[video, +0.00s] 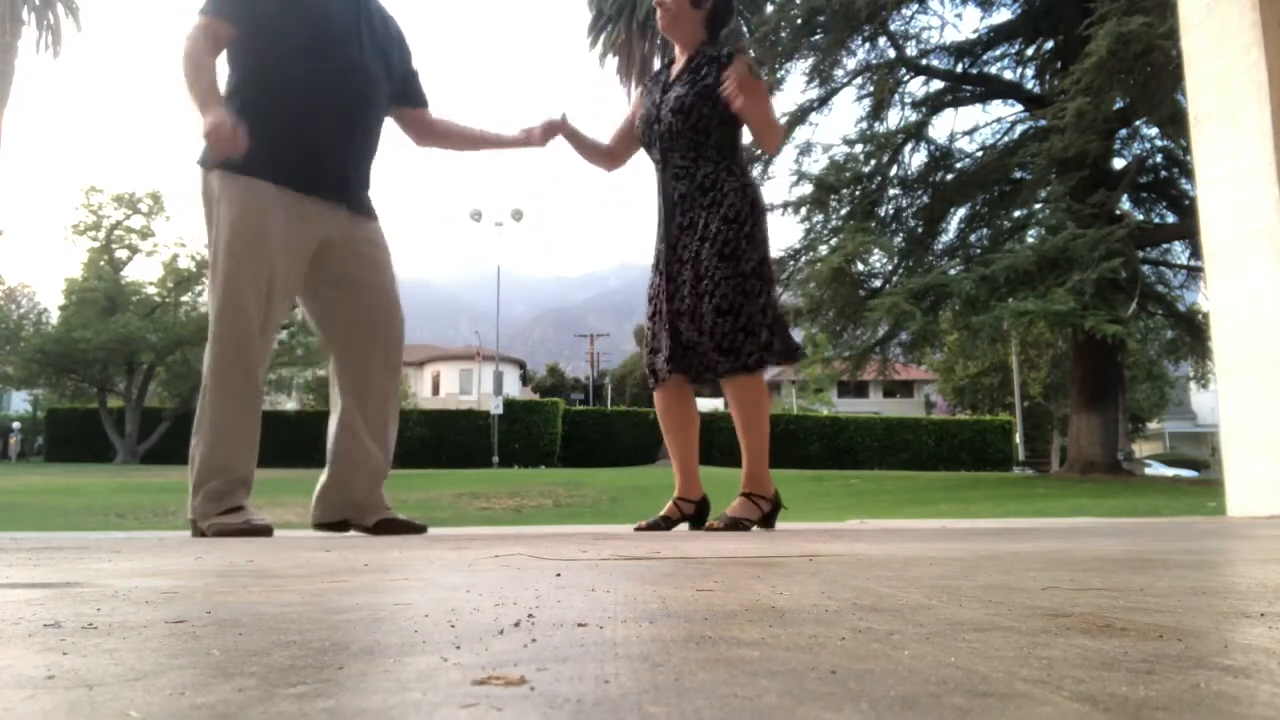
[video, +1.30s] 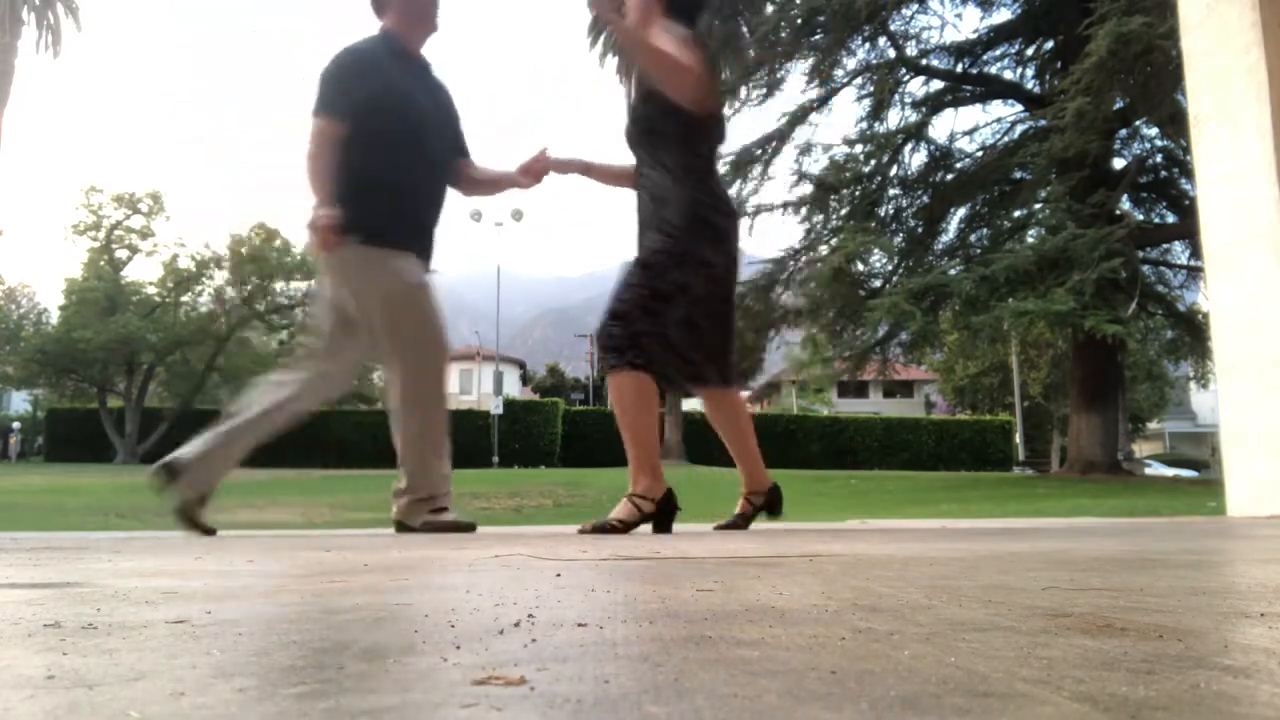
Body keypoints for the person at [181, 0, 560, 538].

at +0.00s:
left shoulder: (381, 24)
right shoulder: (262, 4)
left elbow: (422, 127)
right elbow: (201, 43)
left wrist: (515, 139)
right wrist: (212, 110)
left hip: (344, 204)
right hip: (258, 182)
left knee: (375, 342)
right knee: (240, 348)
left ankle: (352, 500)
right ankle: (218, 505)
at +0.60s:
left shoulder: (353, 38)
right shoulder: (229, 5)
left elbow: (424, 113)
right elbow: (181, 70)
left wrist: (513, 122)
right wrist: (202, 113)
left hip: (314, 208)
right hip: (233, 197)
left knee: (324, 340)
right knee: (239, 350)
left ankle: (266, 485)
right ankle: (250, 503)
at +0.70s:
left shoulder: (353, 47)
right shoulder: (229, 10)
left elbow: (429, 109)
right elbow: (180, 90)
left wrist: (516, 138)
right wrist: (181, 147)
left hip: (303, 221)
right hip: (224, 202)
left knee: (290, 352)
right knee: (233, 353)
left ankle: (184, 459)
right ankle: (251, 504)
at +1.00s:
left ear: (342, 2)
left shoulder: (365, 61)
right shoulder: (249, 31)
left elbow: (436, 104)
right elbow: (194, 107)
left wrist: (521, 111)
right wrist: (184, 169)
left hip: (295, 228)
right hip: (245, 214)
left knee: (234, 353)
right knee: (284, 346)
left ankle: (159, 488)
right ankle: (260, 499)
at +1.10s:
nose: (362, 5)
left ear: (366, 6)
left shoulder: (377, 74)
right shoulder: (271, 47)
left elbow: (443, 123)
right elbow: (216, 122)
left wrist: (521, 126)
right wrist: (213, 181)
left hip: (309, 229)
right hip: (271, 220)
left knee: (239, 364)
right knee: (335, 338)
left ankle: (158, 490)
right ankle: (338, 494)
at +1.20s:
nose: (390, 14)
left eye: (393, 6)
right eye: (379, 4)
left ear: (397, 13)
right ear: (350, 7)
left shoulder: (402, 92)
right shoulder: (310, 63)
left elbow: (454, 155)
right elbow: (255, 145)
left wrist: (517, 157)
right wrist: (260, 199)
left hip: (344, 247)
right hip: (309, 239)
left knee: (242, 367)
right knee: (379, 354)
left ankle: (157, 489)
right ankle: (412, 500)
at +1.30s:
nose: (434, 10)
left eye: (433, 2)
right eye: (424, 2)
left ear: (418, 12)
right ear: (391, 7)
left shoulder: (432, 90)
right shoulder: (358, 62)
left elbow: (463, 175)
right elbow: (324, 140)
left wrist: (516, 178)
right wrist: (326, 204)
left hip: (389, 251)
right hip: (365, 246)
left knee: (323, 372)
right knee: (421, 360)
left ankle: (192, 471)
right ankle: (422, 505)